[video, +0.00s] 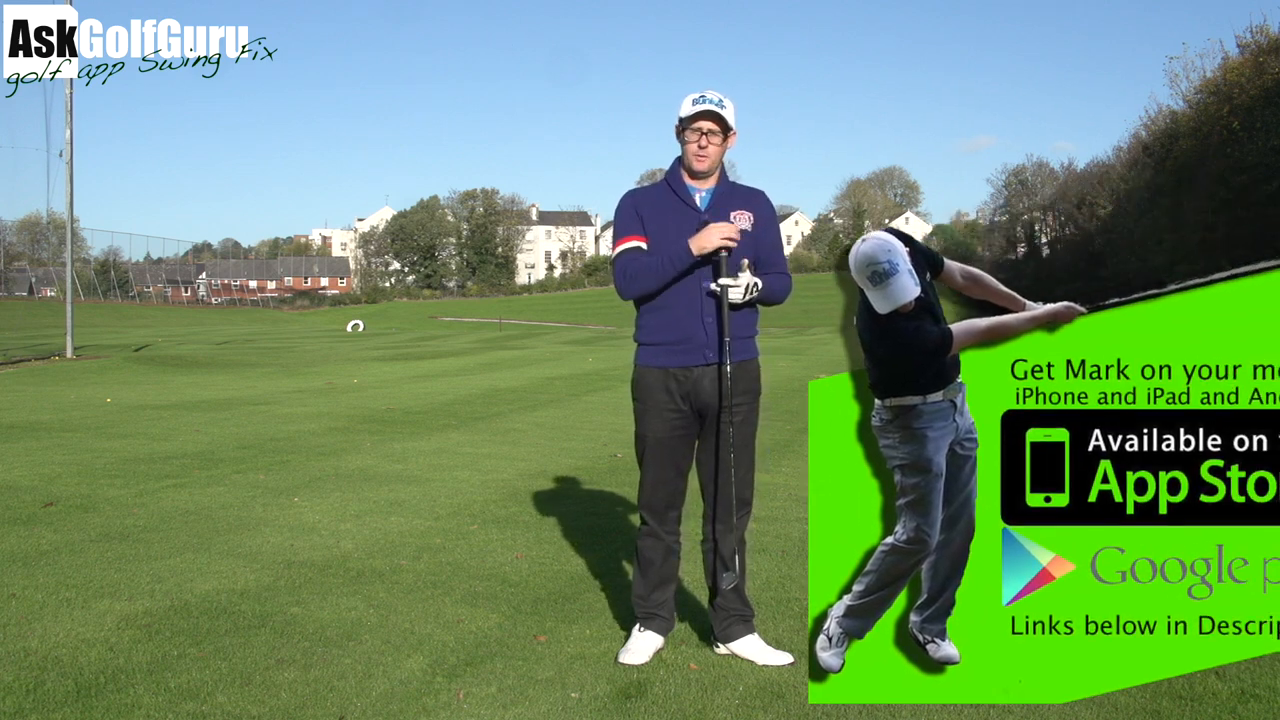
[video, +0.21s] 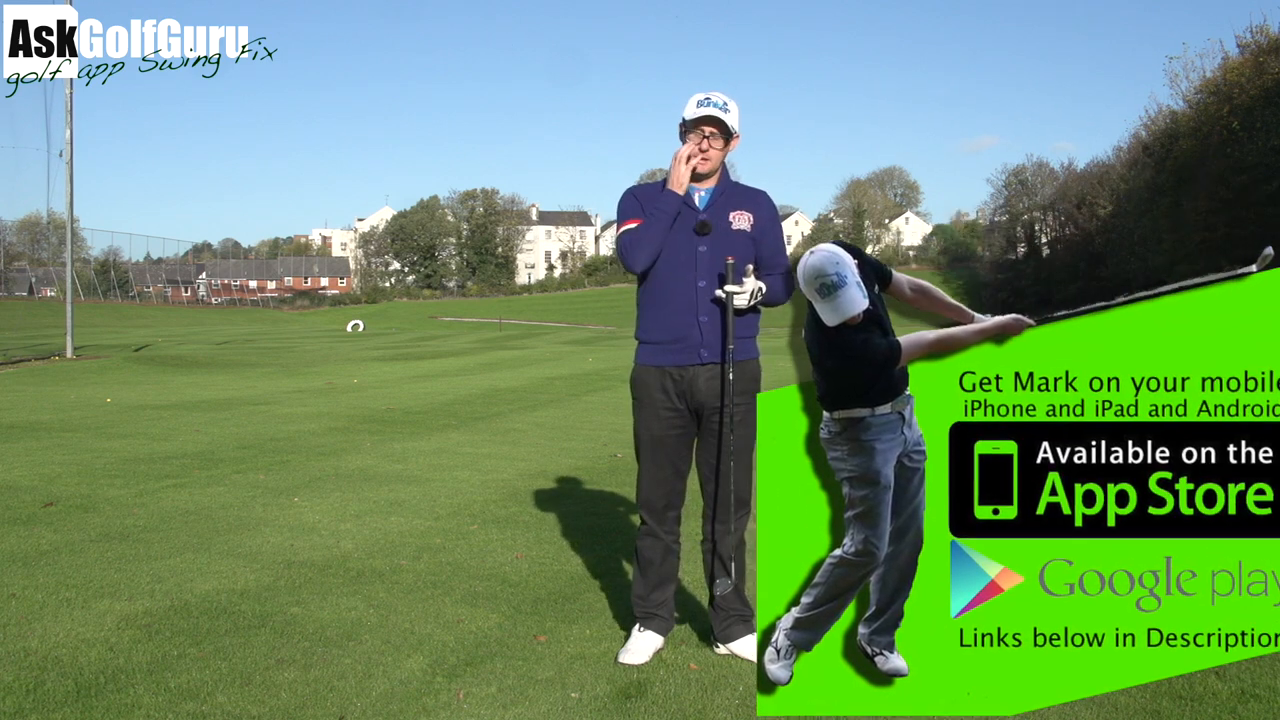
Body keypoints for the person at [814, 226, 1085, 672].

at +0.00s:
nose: (905, 304)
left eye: (907, 290)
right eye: (893, 301)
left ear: (905, 264)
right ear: (867, 288)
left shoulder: (902, 250)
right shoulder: (886, 328)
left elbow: (962, 277)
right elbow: (977, 333)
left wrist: (1027, 306)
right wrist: (1045, 317)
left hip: (953, 406)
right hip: (910, 420)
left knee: (956, 527)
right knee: (917, 535)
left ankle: (928, 623)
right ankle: (844, 621)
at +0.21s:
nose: (853, 316)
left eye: (855, 302)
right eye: (841, 314)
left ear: (854, 276)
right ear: (816, 301)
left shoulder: (850, 262)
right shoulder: (837, 341)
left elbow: (910, 289)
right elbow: (931, 344)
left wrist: (976, 319)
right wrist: (995, 329)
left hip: (901, 418)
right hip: (859, 432)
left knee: (904, 539)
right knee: (865, 548)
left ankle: (876, 635)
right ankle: (792, 634)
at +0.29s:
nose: (839, 320)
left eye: (841, 307)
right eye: (827, 318)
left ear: (840, 280)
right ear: (802, 304)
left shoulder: (836, 266)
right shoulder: (823, 345)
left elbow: (895, 292)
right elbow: (916, 348)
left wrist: (961, 322)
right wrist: (980, 332)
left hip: (886, 422)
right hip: (844, 435)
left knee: (890, 543)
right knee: (850, 551)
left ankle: (861, 639)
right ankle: (777, 638)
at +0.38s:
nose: (829, 323)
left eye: (831, 310)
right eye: (817, 320)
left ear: (830, 283)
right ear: (793, 307)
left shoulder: (825, 268)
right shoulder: (814, 349)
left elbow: (886, 295)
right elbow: (907, 350)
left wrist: (952, 325)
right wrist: (969, 335)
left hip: (877, 423)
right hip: (834, 437)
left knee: (880, 545)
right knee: (841, 554)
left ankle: (852, 641)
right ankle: (768, 640)